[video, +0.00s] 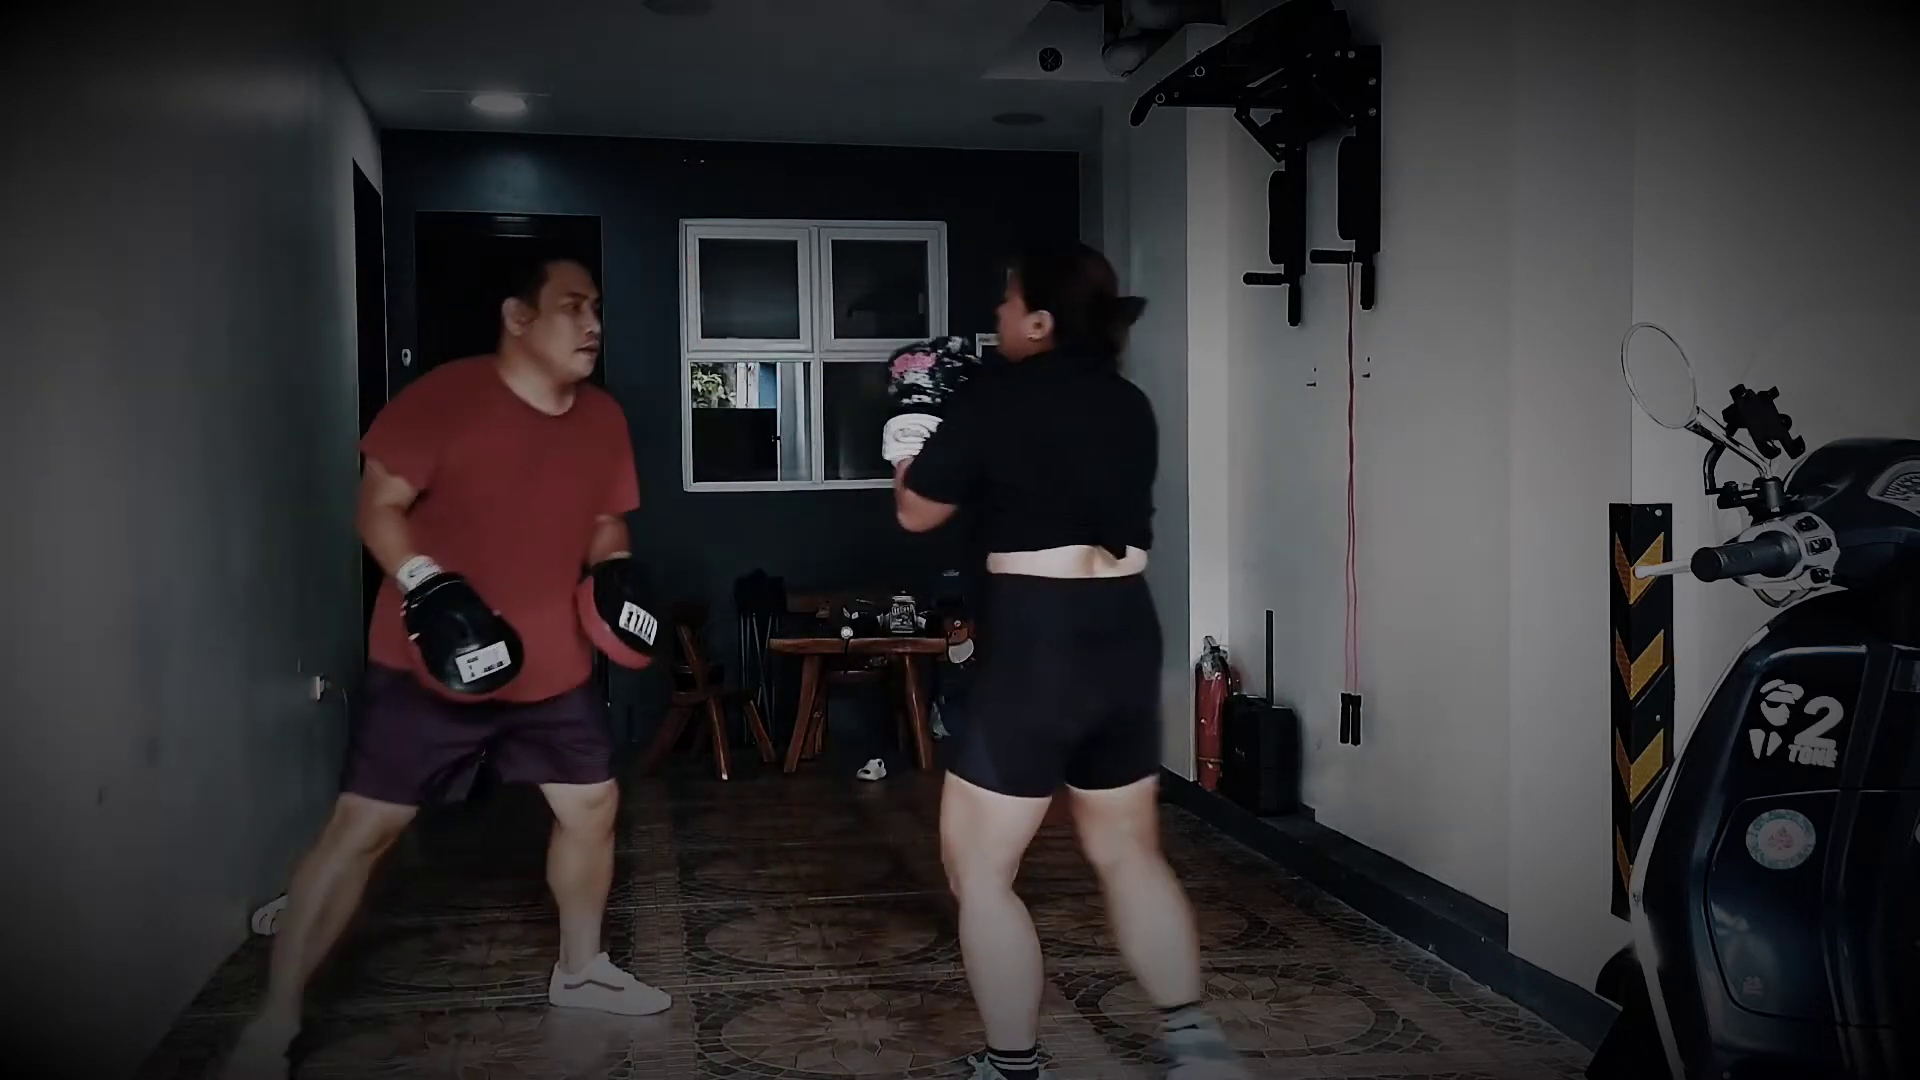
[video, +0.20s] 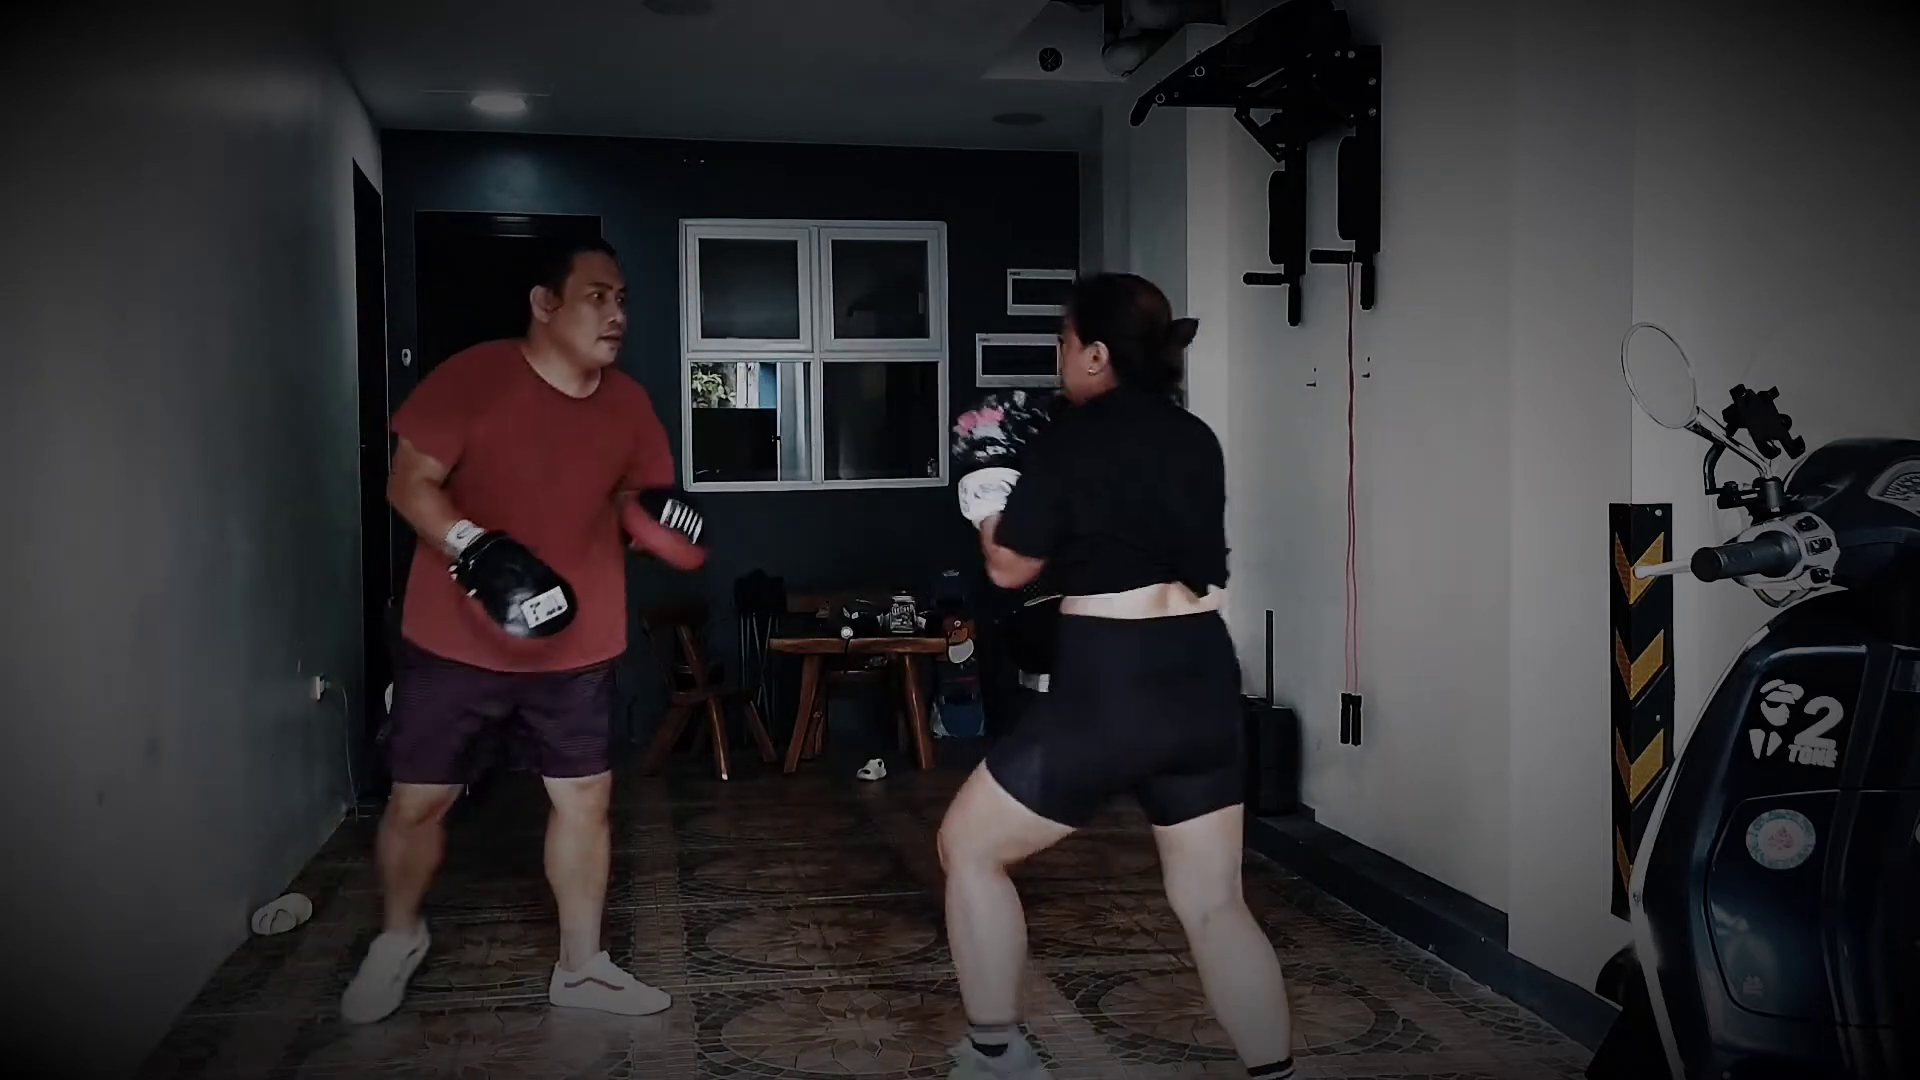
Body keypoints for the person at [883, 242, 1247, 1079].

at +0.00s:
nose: (998, 312)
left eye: (1010, 300)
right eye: (1005, 297)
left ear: (1044, 318)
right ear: (1090, 318)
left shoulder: (995, 399)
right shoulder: (1129, 404)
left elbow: (916, 510)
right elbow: (1088, 501)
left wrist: (915, 451)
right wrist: (964, 441)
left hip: (1030, 655)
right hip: (1128, 649)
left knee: (980, 868)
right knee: (1129, 852)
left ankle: (1013, 1063)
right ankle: (1194, 1039)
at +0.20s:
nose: (1058, 353)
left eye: (1065, 340)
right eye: (1062, 337)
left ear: (1098, 354)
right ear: (1151, 353)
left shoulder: (1069, 441)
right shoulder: (1199, 442)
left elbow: (1010, 569)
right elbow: (1191, 560)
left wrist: (990, 516)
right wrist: (1045, 509)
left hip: (1102, 697)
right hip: (1206, 692)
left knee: (969, 848)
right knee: (1215, 902)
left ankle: (996, 1046)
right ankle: (1273, 1070)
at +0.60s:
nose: (1027, 350)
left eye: (1032, 336)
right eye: (1030, 335)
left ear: (1054, 344)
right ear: (1118, 339)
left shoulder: (1024, 427)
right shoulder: (1163, 428)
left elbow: (938, 522)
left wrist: (946, 433)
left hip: (1053, 686)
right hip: (1158, 679)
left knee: (961, 893)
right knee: (1196, 901)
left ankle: (887, 1061)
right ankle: (1268, 1067)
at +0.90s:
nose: (941, 347)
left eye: (942, 334)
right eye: (942, 334)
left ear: (961, 335)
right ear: (1031, 332)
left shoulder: (943, 415)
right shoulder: (1077, 416)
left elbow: (867, 528)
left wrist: (863, 464)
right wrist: (909, 465)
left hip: (976, 668)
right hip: (1081, 666)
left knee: (901, 869)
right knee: (1095, 871)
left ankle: (881, 1055)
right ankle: (1143, 1048)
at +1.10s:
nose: (931, 382)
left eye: (932, 370)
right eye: (933, 369)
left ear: (947, 373)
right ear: (1016, 367)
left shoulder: (930, 447)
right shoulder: (1076, 448)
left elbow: (872, 568)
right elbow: (1089, 570)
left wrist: (843, 517)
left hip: (924, 684)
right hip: (1033, 695)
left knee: (843, 801)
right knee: (1080, 884)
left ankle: (818, 961)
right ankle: (1119, 1059)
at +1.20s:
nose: (915, 356)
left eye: (917, 345)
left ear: (927, 353)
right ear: (1007, 355)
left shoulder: (882, 422)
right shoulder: (1048, 437)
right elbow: (1083, 555)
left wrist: (772, 451)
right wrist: (1021, 508)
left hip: (864, 667)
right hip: (975, 677)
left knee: (821, 811)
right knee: (1050, 871)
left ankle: (766, 977)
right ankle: (1112, 1048)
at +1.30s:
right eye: (960, 332)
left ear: (885, 338)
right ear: (960, 345)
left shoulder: (833, 405)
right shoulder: (970, 421)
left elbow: (782, 468)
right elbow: (1038, 545)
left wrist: (773, 391)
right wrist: (1022, 468)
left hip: (805, 654)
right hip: (909, 660)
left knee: (788, 846)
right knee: (1007, 861)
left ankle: (717, 1030)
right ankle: (1070, 1047)